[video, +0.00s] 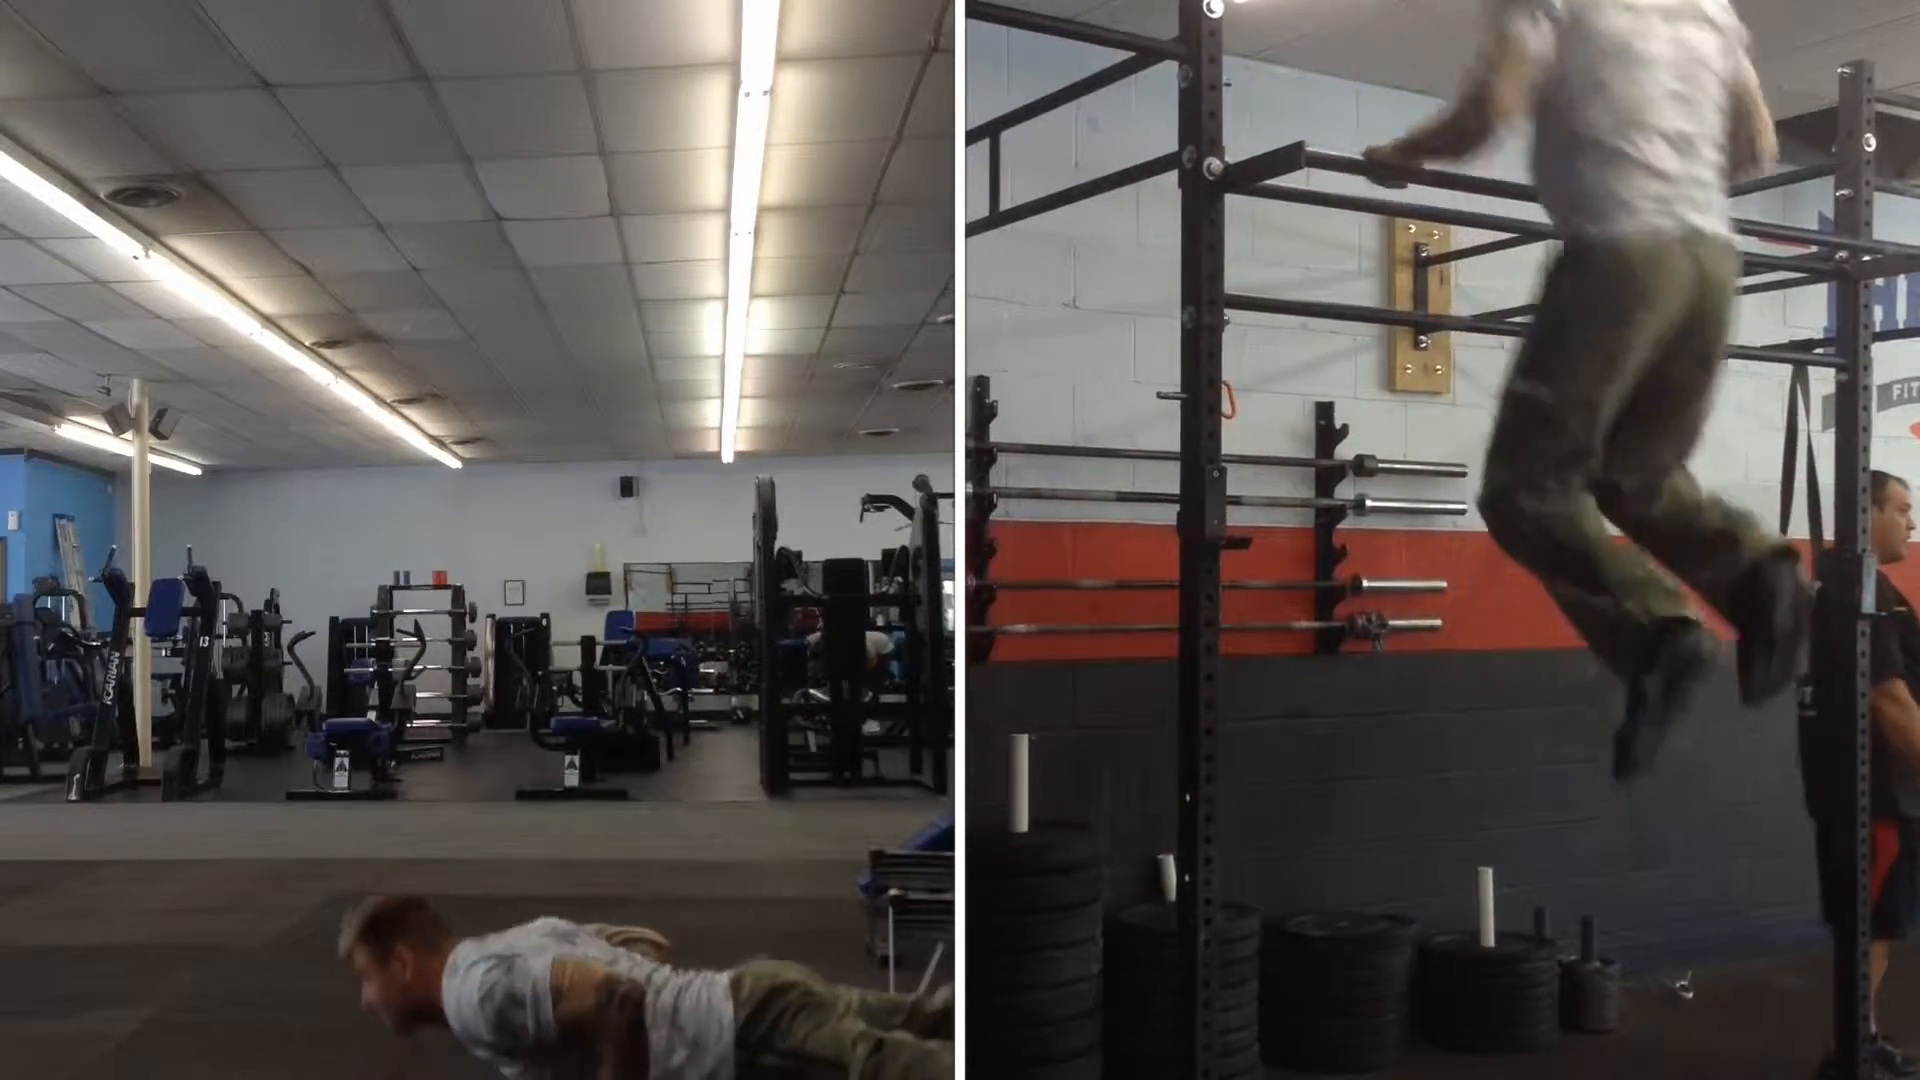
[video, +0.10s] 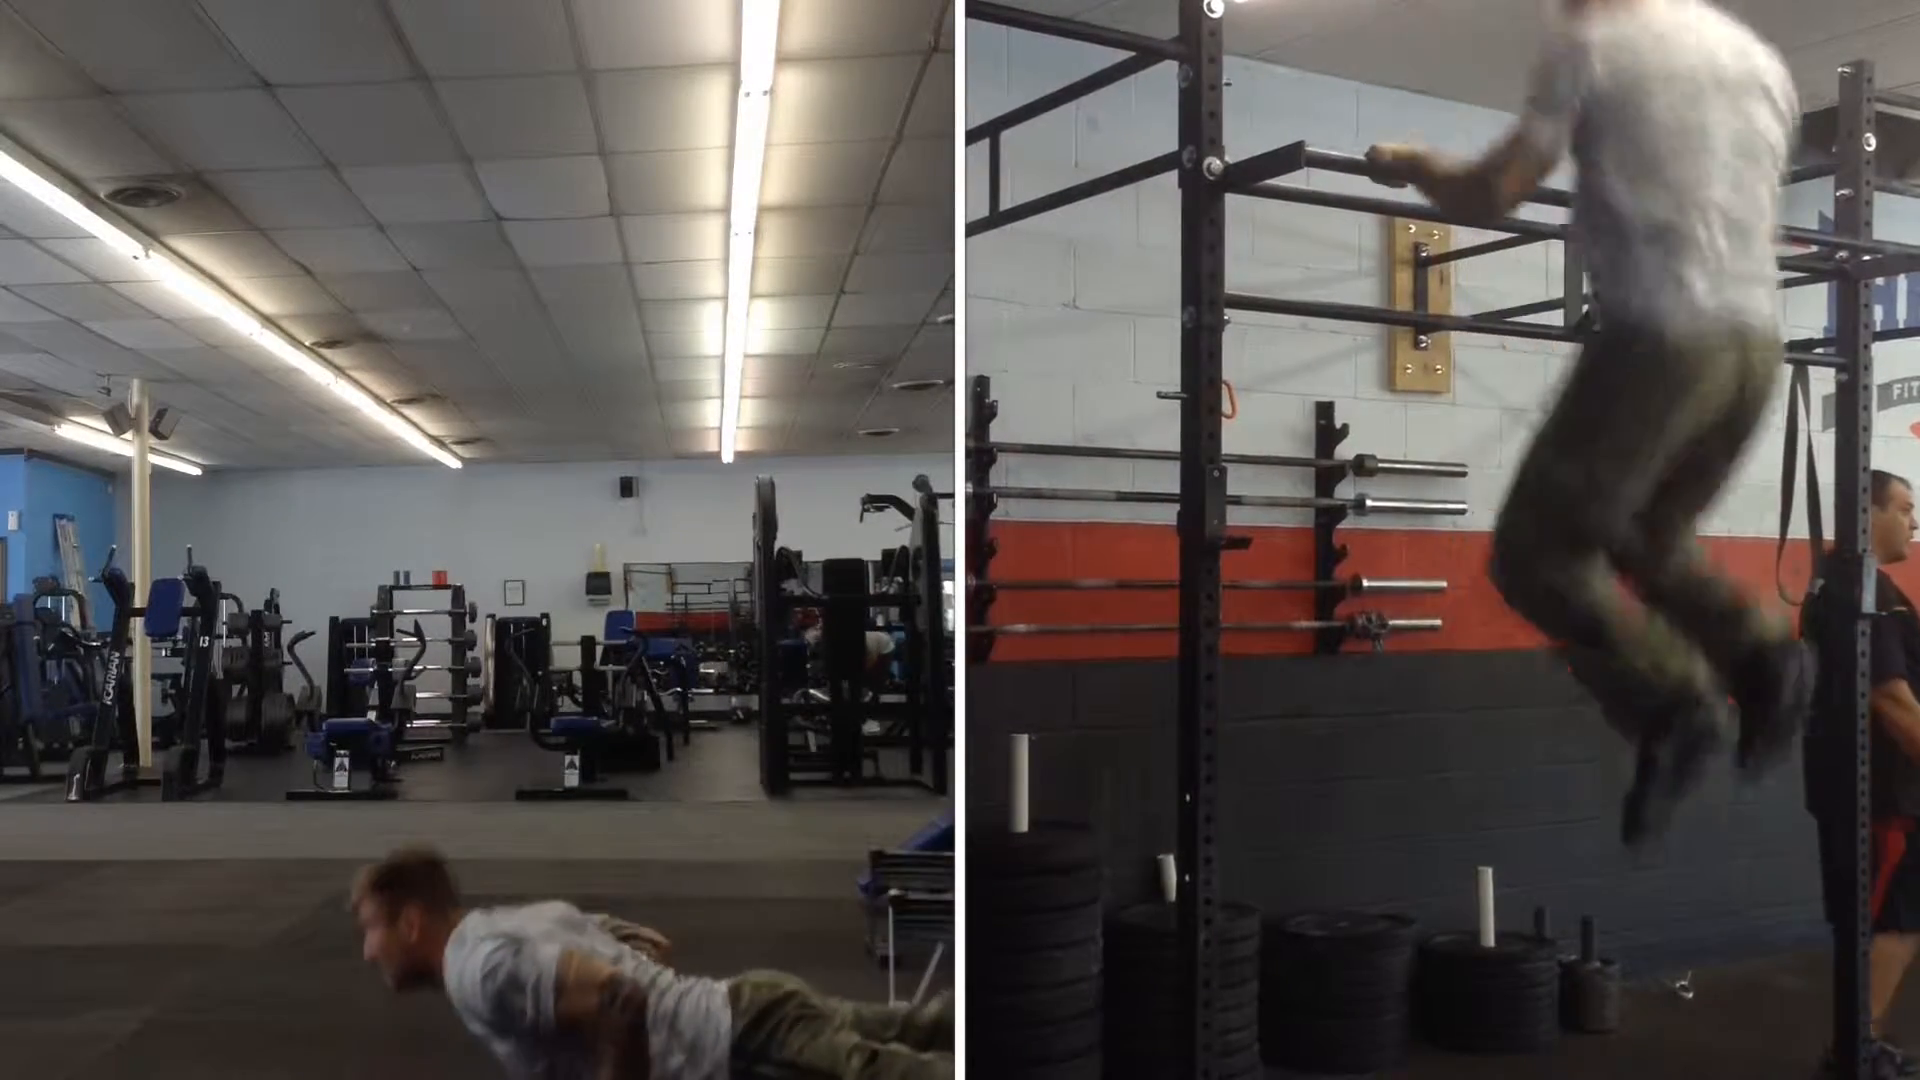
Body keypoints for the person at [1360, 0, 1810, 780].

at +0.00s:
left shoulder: (1547, 7)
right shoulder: (1707, 11)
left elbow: (1491, 112)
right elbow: (1757, 148)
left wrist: (1407, 151)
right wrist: (1666, 165)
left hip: (1619, 255)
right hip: (1715, 259)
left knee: (1526, 489)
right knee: (1635, 473)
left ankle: (1657, 640)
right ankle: (1760, 581)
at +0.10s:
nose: (1556, 16)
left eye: (1558, 10)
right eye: (1558, 12)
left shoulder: (1590, 33)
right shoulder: (1763, 62)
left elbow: (1495, 190)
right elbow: (1742, 197)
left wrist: (1416, 165)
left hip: (1658, 343)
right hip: (1757, 351)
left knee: (1536, 556)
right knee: (1649, 544)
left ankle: (1674, 713)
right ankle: (1766, 662)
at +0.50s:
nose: (1513, 379)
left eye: (1521, 366)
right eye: (1523, 366)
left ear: (1530, 376)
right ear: (1602, 383)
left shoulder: (1506, 445)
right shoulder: (1639, 456)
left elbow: (1392, 352)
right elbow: (1643, 357)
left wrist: (1398, 213)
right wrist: (1635, 245)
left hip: (1500, 755)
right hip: (1585, 760)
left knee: (1424, 967)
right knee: (1518, 960)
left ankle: (1526, 1069)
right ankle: (1601, 1067)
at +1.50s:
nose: (1533, 15)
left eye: (1536, 10)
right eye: (1537, 11)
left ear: (1556, 5)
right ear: (1623, 8)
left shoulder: (1547, 51)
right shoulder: (1704, 100)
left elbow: (1490, 162)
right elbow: (1754, 240)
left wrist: (1407, 158)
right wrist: (1667, 187)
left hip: (1492, 346)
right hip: (1572, 384)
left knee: (1331, 408)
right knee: (1398, 453)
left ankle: (1255, 577)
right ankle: (1306, 564)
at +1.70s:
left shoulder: (1473, 11)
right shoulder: (1606, 20)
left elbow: (1446, 12)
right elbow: (1724, 69)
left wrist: (1394, 124)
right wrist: (1659, 158)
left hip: (1572, 254)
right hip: (1665, 273)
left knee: (1448, 426)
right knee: (1530, 456)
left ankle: (1359, 631)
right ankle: (1424, 588)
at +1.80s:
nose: (1408, 52)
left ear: (1426, 19)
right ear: (1500, 11)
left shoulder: (1433, 32)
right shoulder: (1577, 45)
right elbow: (1689, 47)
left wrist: (1385, 123)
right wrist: (1655, 162)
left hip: (1588, 226)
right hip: (1682, 240)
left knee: (1497, 445)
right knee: (1577, 466)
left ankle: (1440, 679)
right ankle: (1502, 663)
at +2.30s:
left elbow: (1387, 13)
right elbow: (1621, 22)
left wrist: (1390, 122)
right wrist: (1638, 96)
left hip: (1526, 86)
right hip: (1623, 80)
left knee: (1569, 334)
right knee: (1652, 323)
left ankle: (1643, 574)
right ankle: (1688, 556)